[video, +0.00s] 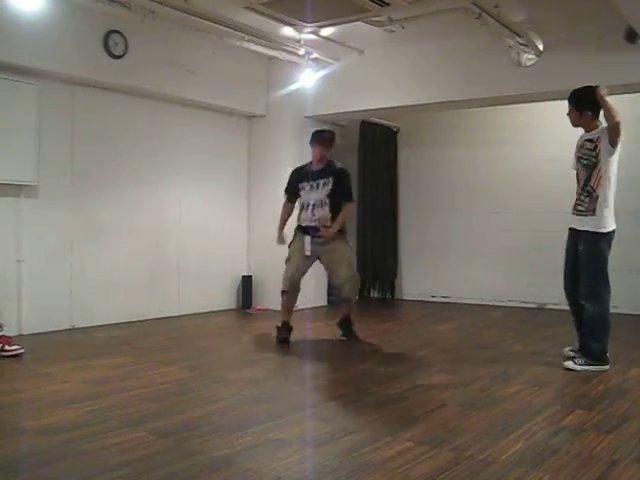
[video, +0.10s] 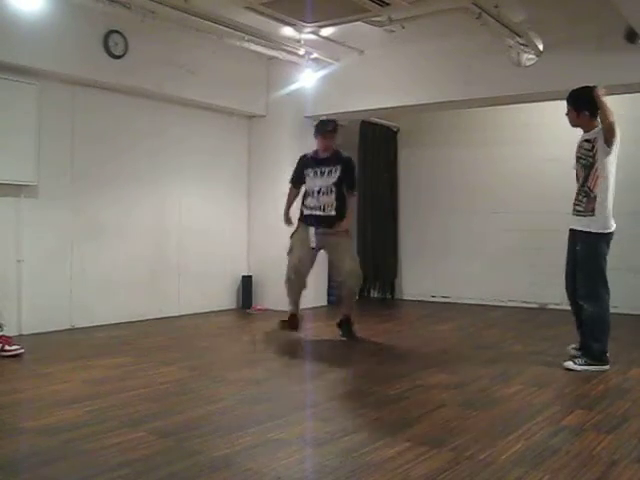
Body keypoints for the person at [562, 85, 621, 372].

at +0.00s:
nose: (568, 116)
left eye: (571, 111)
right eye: (569, 111)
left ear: (584, 112)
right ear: (586, 112)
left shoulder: (606, 139)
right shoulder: (583, 139)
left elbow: (615, 123)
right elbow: (584, 176)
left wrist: (602, 98)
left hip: (597, 227)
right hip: (578, 224)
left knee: (593, 291)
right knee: (574, 288)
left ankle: (597, 355)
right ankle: (586, 346)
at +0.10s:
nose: (568, 117)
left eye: (570, 112)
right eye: (568, 112)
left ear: (582, 112)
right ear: (586, 113)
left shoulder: (604, 139)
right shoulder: (586, 139)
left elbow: (609, 125)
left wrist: (600, 98)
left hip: (595, 228)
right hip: (579, 225)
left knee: (592, 291)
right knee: (575, 288)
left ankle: (597, 355)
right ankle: (587, 345)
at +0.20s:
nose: (568, 120)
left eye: (569, 114)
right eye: (567, 114)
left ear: (582, 113)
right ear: (584, 113)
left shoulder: (602, 140)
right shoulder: (587, 139)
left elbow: (602, 123)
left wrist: (597, 98)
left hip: (593, 228)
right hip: (580, 226)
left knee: (590, 290)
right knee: (579, 288)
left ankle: (596, 355)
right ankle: (588, 346)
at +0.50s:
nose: (564, 126)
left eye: (566, 120)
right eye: (564, 120)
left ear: (577, 118)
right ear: (576, 119)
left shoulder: (595, 143)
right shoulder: (587, 145)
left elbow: (582, 126)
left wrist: (589, 106)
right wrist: (588, 106)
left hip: (587, 229)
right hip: (582, 228)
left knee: (581, 292)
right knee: (587, 290)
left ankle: (594, 354)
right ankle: (589, 347)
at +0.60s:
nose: (562, 124)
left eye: (564, 119)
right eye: (562, 119)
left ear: (576, 118)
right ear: (576, 119)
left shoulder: (591, 142)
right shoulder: (587, 145)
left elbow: (581, 122)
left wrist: (588, 105)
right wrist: (587, 104)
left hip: (583, 228)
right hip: (589, 227)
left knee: (566, 285)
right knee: (590, 287)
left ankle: (588, 347)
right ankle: (594, 345)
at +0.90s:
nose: (552, 129)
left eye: (553, 123)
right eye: (551, 124)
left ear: (563, 120)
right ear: (568, 122)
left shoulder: (577, 143)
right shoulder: (585, 146)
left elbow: (565, 121)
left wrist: (574, 105)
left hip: (570, 226)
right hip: (588, 228)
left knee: (542, 281)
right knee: (587, 290)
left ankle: (543, 341)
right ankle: (595, 345)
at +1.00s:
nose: (546, 129)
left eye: (548, 124)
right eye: (546, 124)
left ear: (559, 121)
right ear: (566, 122)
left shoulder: (571, 144)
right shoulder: (579, 146)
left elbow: (556, 123)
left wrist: (567, 108)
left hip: (564, 228)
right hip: (581, 229)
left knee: (540, 283)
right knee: (583, 290)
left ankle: (529, 336)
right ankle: (595, 344)